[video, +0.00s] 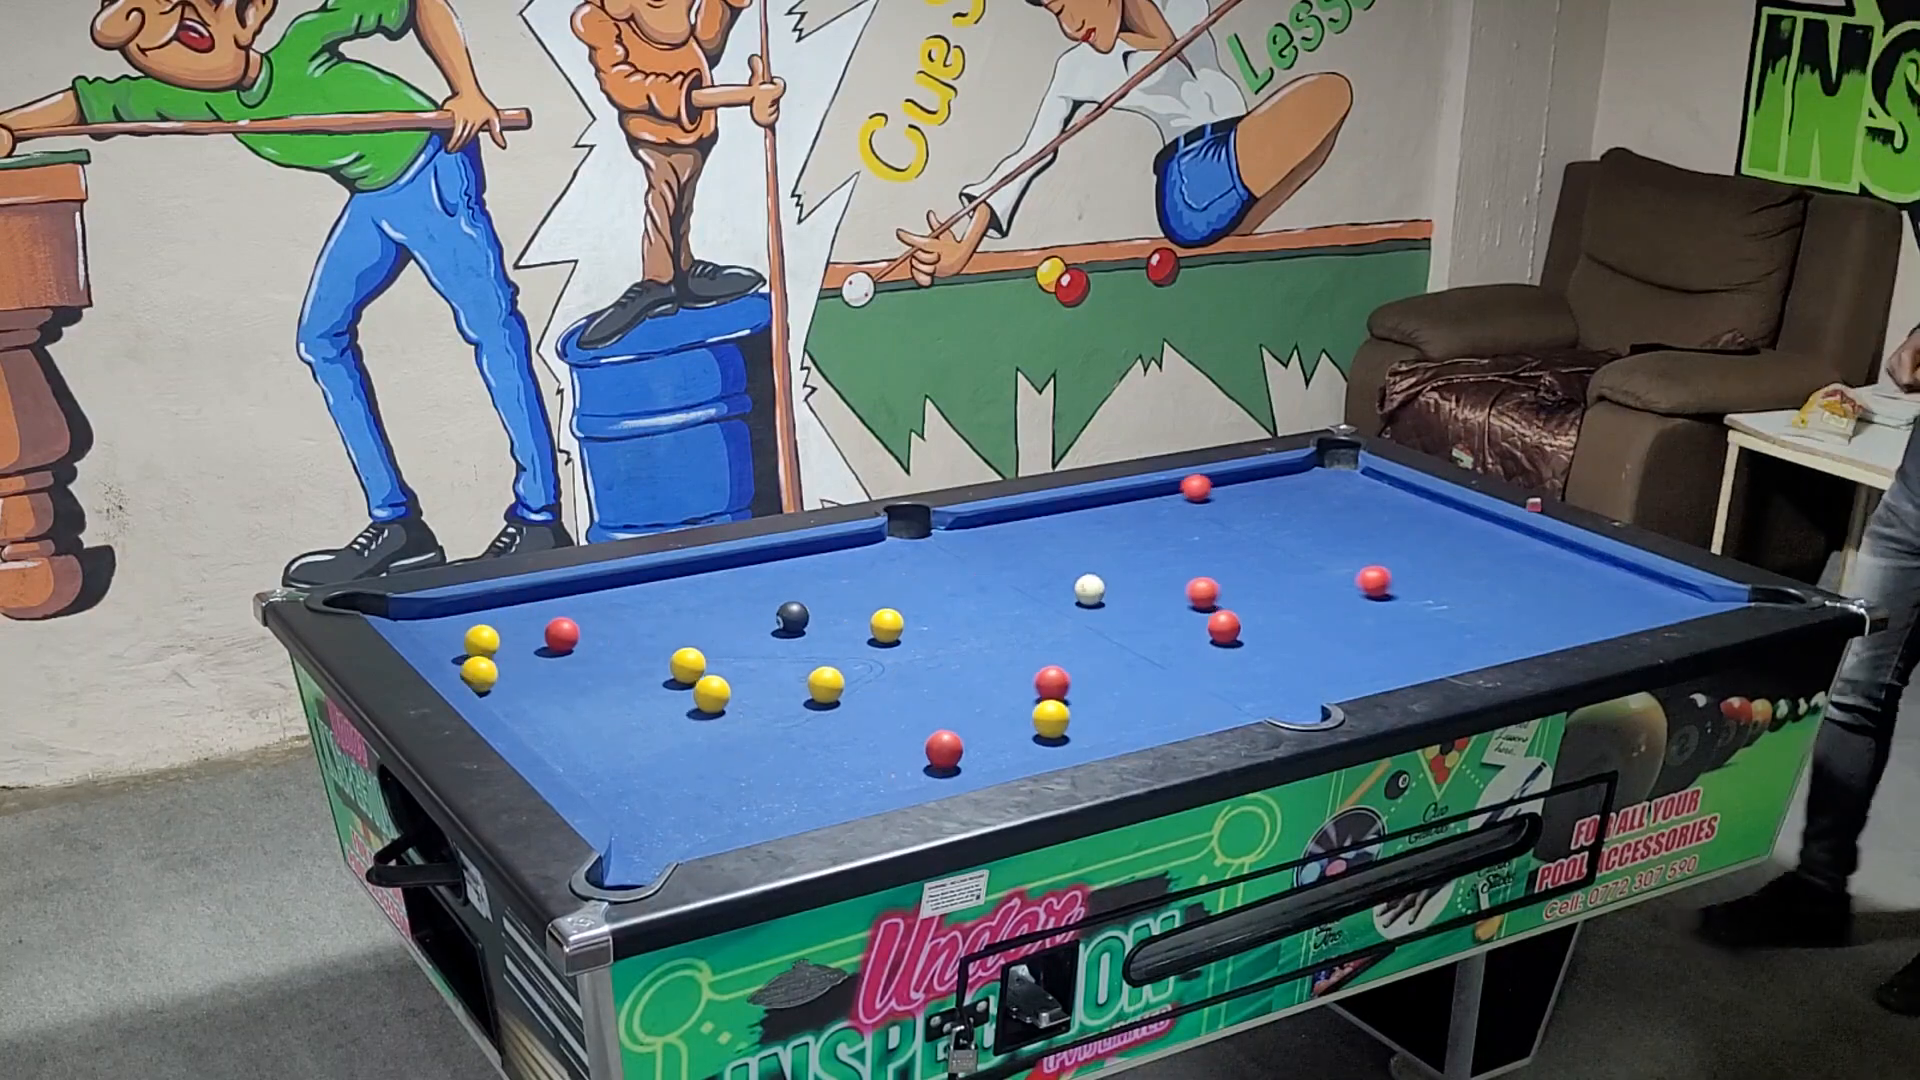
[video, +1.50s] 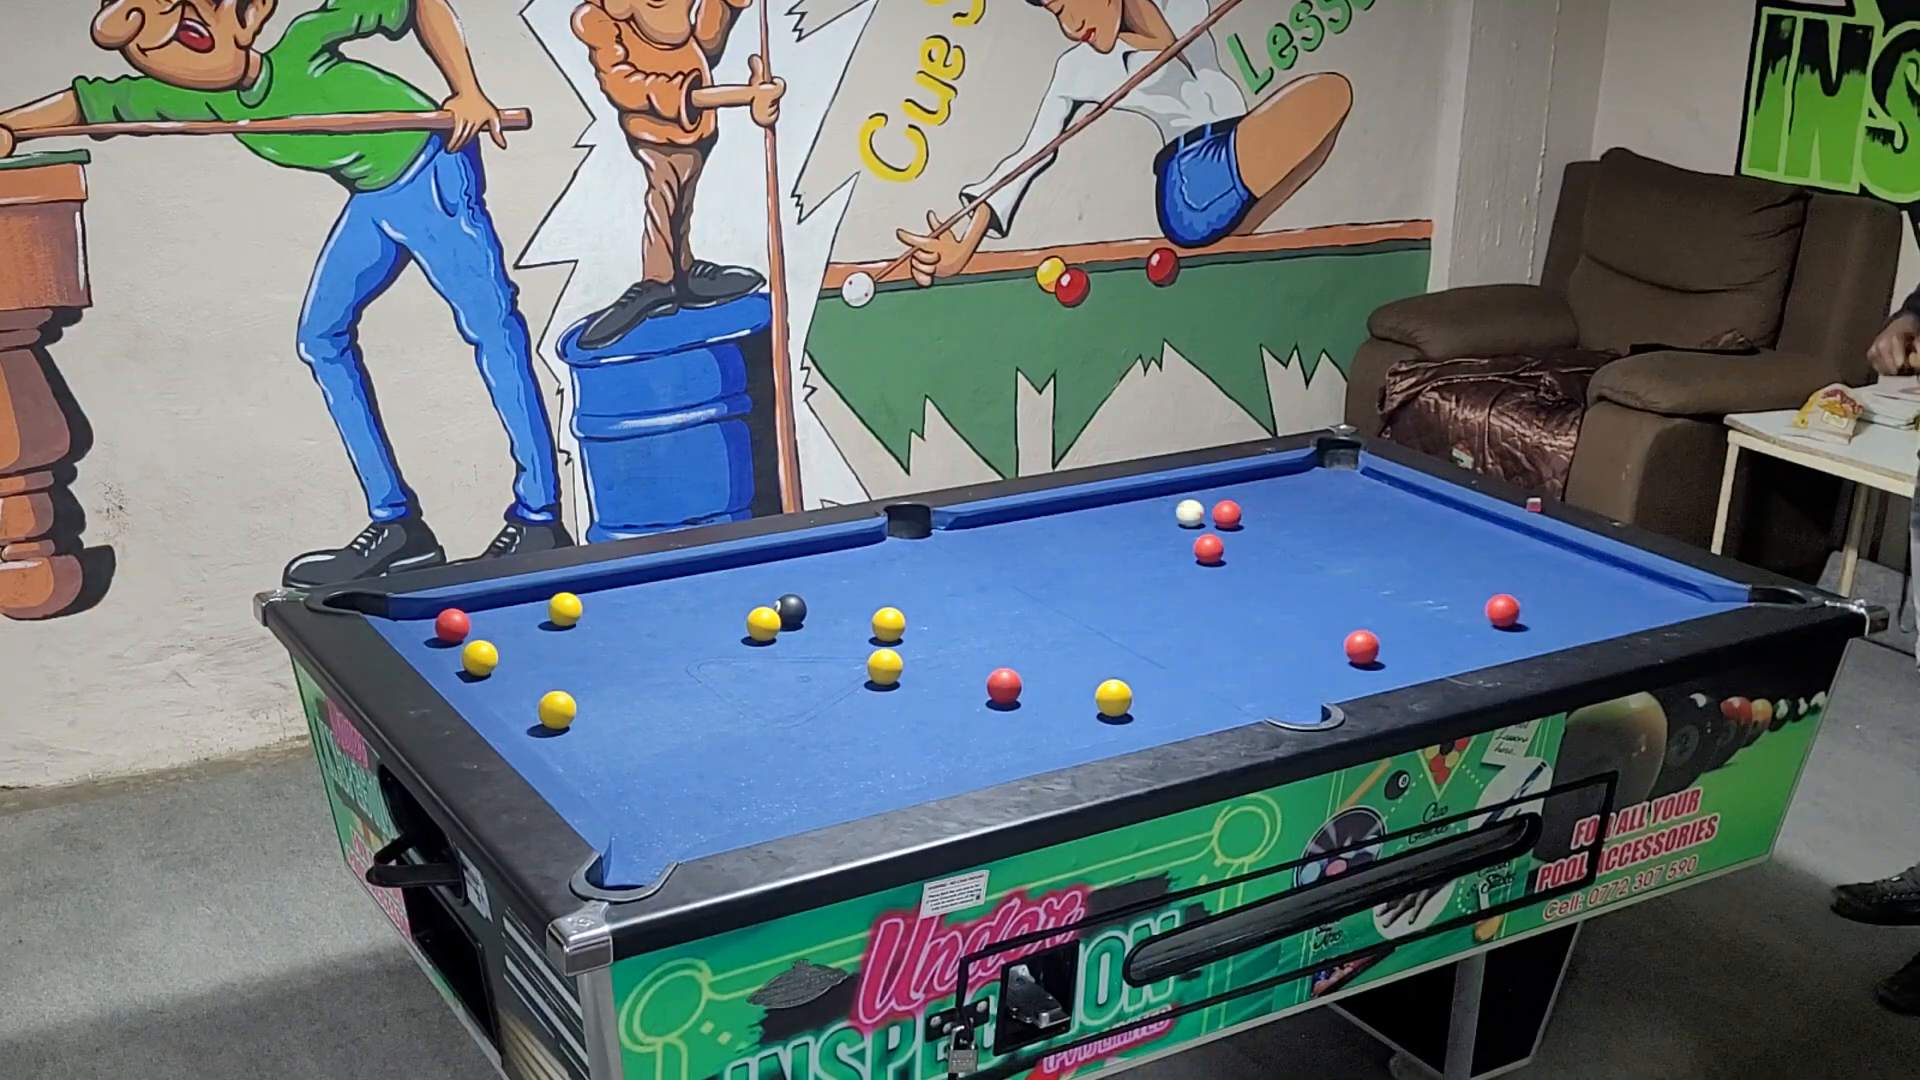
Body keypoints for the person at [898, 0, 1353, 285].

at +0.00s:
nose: (1070, 25)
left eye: (1070, 6)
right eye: (1057, 16)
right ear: (1056, 18)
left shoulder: (1177, 10)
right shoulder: (1077, 68)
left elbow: (1199, 60)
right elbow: (1028, 157)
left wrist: (1140, 14)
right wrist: (964, 246)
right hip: (1190, 185)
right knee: (1330, 91)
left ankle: (1239, 232)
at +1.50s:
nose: (1069, 24)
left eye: (1070, 5)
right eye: (1057, 15)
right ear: (1056, 18)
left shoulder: (1176, 10)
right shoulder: (1076, 69)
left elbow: (1198, 61)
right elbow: (1028, 157)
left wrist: (1140, 13)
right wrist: (964, 245)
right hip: (1193, 183)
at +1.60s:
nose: (1070, 23)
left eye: (1072, 4)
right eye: (1056, 15)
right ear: (1055, 18)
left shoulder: (1174, 10)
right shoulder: (1076, 69)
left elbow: (1195, 58)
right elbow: (1028, 156)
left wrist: (1142, 14)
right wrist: (964, 245)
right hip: (1194, 174)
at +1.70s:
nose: (1069, 24)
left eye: (1070, 5)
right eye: (1057, 16)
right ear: (1056, 18)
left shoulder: (1176, 10)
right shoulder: (1076, 69)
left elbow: (1197, 57)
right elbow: (1028, 156)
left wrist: (1137, 11)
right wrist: (964, 245)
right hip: (1194, 181)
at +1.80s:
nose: (1070, 25)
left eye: (1070, 5)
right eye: (1057, 16)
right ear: (1056, 18)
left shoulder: (1177, 11)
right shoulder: (1077, 69)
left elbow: (1200, 61)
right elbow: (1028, 156)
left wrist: (1143, 17)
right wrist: (963, 246)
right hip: (1190, 185)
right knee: (1330, 91)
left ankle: (1239, 231)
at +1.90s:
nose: (1069, 24)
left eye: (1070, 5)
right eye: (1057, 16)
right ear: (1056, 18)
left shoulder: (1176, 10)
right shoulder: (1076, 69)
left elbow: (1197, 57)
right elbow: (1028, 156)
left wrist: (1137, 11)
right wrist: (964, 245)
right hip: (1194, 182)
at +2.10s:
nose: (1069, 24)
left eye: (1070, 5)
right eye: (1057, 16)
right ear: (1056, 18)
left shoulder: (1176, 10)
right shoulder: (1076, 69)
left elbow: (1197, 58)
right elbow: (1029, 156)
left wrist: (1137, 11)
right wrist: (964, 245)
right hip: (1195, 180)